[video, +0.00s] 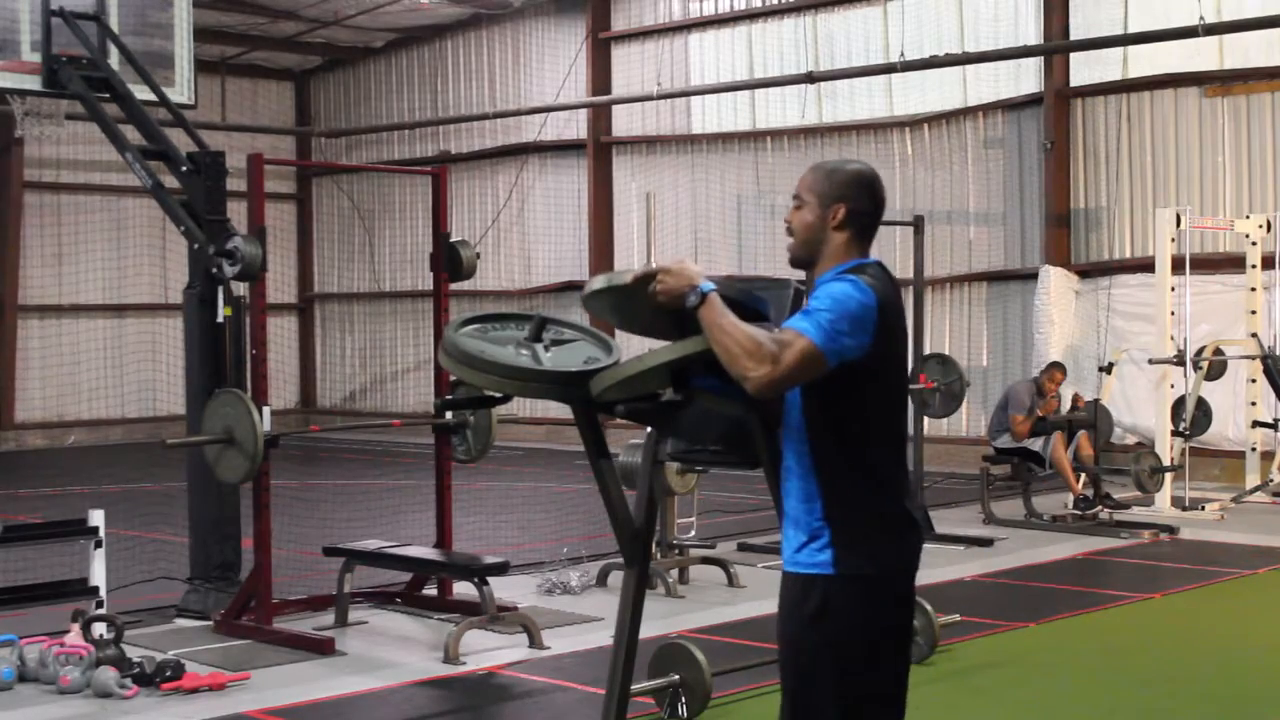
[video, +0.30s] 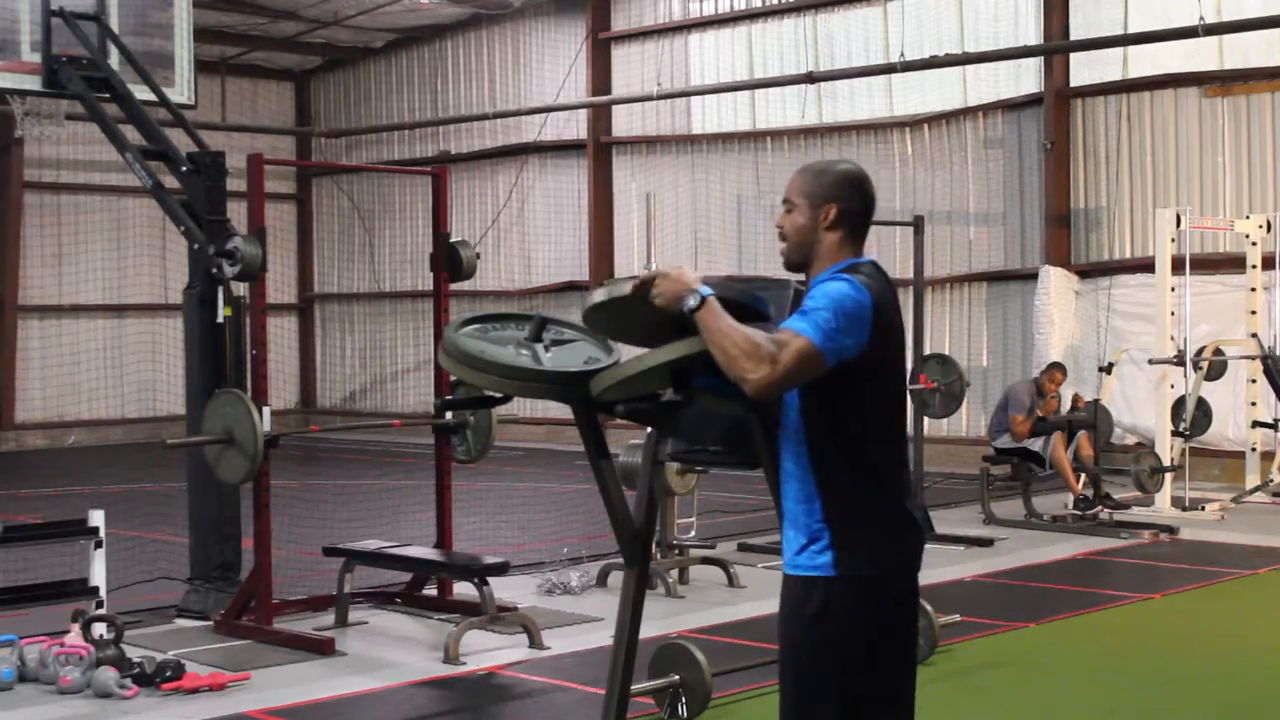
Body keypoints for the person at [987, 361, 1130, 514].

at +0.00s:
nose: (1053, 388)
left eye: (1058, 385)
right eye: (1051, 381)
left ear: (1060, 385)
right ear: (1041, 374)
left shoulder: (1049, 395)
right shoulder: (1021, 391)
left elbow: (1051, 426)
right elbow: (1018, 434)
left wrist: (1073, 412)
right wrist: (1041, 412)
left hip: (1028, 438)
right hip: (1003, 439)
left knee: (1081, 435)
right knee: (1055, 439)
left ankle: (1099, 494)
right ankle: (1079, 497)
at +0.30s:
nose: (1053, 388)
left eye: (1058, 385)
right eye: (1051, 382)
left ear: (1060, 386)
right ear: (1042, 374)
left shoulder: (1050, 396)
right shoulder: (1020, 391)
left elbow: (1052, 426)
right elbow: (1018, 434)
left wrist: (1073, 412)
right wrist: (1040, 413)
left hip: (1028, 438)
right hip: (1003, 439)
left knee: (1081, 436)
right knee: (1055, 439)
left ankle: (1099, 494)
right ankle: (1079, 497)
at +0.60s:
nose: (1054, 389)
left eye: (1058, 385)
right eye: (1051, 382)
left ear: (1061, 385)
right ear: (1042, 375)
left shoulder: (1051, 395)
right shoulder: (1020, 392)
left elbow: (1055, 427)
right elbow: (1018, 435)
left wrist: (1073, 411)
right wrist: (1041, 413)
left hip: (1029, 438)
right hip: (1004, 440)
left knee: (1080, 436)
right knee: (1055, 439)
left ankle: (1100, 494)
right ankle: (1079, 498)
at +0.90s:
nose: (1054, 389)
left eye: (1058, 385)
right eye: (1051, 382)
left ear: (1061, 385)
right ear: (1042, 374)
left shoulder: (1051, 395)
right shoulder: (1020, 392)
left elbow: (1055, 427)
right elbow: (1018, 435)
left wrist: (1073, 411)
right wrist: (1041, 413)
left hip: (1029, 438)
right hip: (1004, 440)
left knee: (1080, 435)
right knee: (1055, 439)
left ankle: (1099, 494)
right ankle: (1079, 498)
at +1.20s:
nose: (1054, 388)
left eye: (1058, 385)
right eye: (1051, 382)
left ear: (1061, 385)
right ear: (1042, 374)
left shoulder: (1052, 396)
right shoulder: (1021, 391)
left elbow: (1055, 428)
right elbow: (1019, 436)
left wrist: (1073, 412)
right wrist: (1040, 413)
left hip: (1030, 438)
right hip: (1004, 439)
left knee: (1080, 435)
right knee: (1055, 439)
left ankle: (1099, 494)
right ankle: (1079, 498)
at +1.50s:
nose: (1054, 389)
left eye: (1058, 385)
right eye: (1051, 382)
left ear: (1061, 385)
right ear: (1042, 375)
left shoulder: (1052, 395)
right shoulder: (1021, 391)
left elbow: (1055, 426)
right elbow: (1019, 435)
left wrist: (1073, 411)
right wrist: (1040, 412)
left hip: (1030, 437)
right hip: (1004, 439)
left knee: (1081, 435)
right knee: (1055, 439)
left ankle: (1100, 494)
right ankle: (1079, 498)